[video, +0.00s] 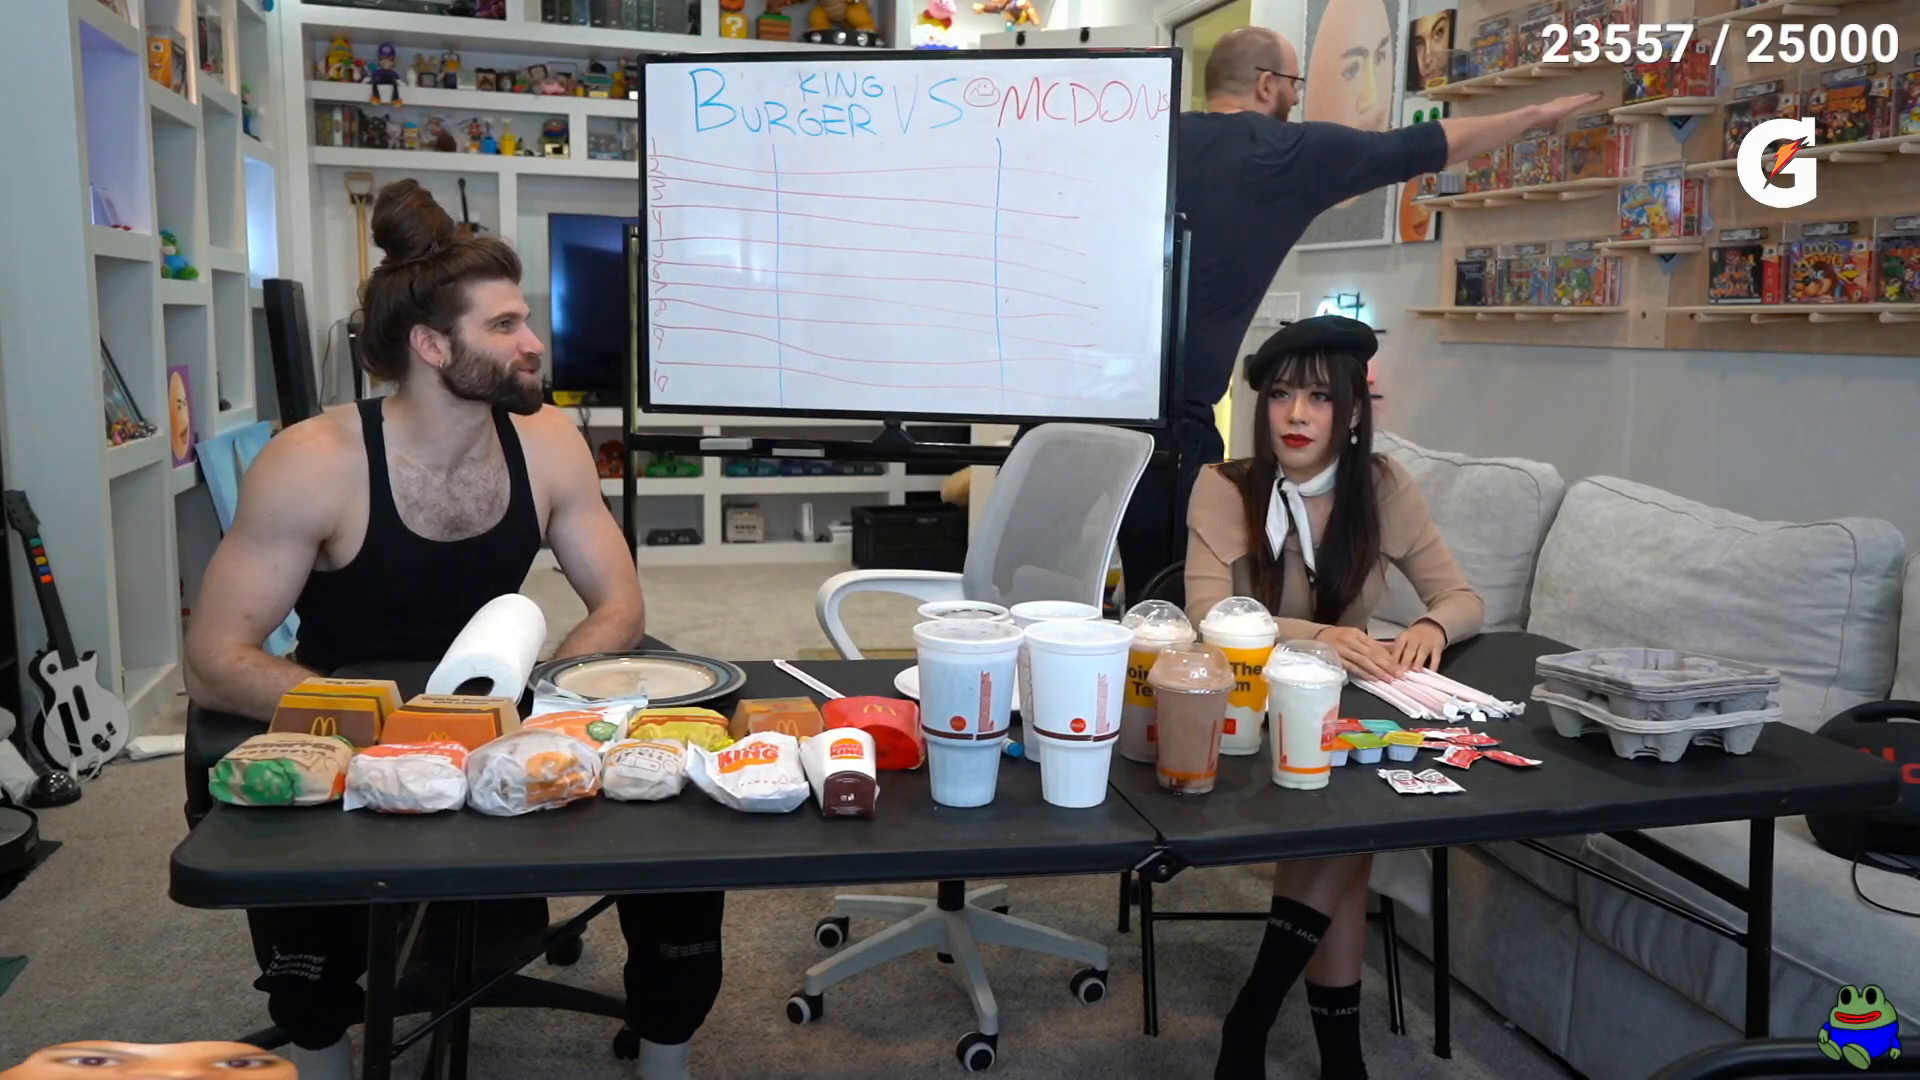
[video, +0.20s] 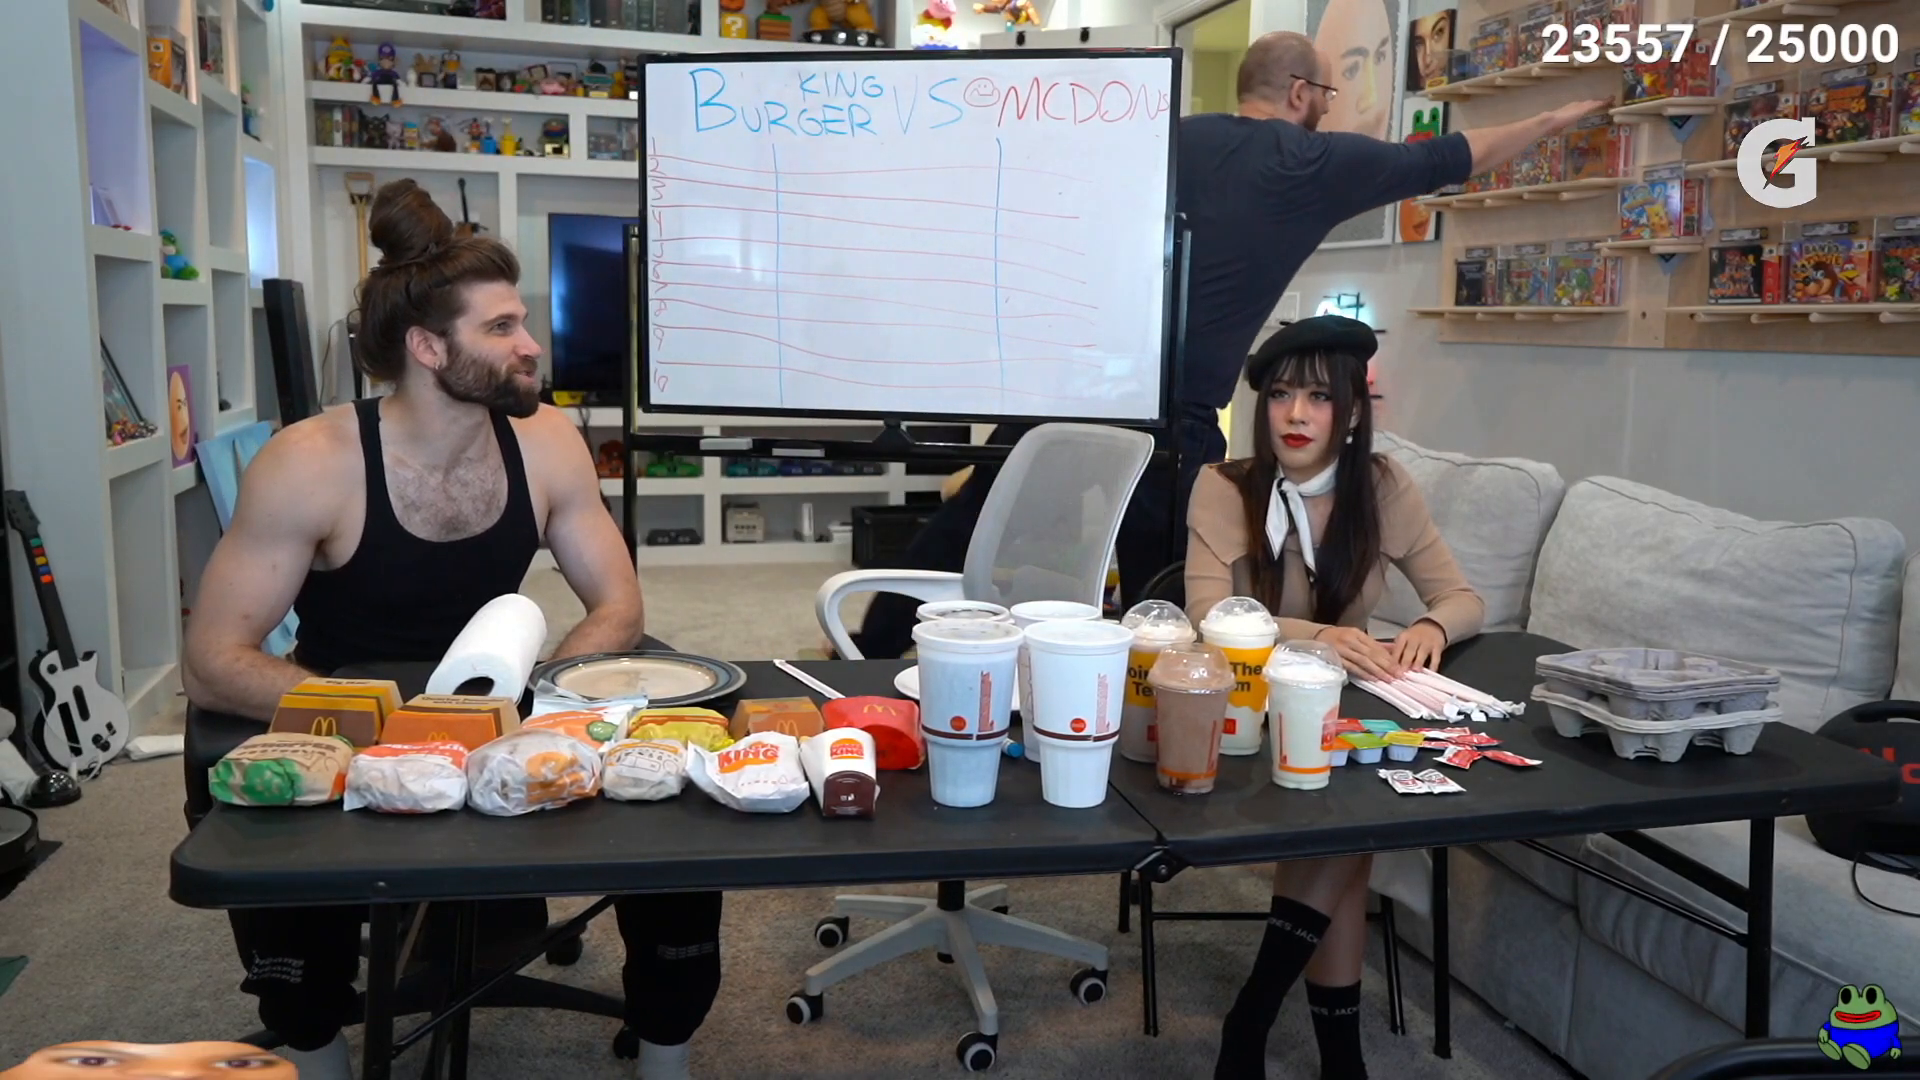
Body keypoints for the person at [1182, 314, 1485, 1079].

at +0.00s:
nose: (1296, 414)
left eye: (1319, 396)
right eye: (1282, 394)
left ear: (1354, 411)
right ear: (1262, 403)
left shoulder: (1381, 484)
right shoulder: (1225, 487)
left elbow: (1464, 598)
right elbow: (1210, 617)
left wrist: (1432, 624)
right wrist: (1314, 634)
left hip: (1343, 702)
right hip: (1245, 706)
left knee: (1345, 819)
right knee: (1351, 834)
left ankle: (1247, 1025)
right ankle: (1343, 1063)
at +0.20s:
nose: (1296, 413)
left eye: (1319, 396)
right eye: (1282, 393)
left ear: (1354, 410)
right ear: (1262, 402)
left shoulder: (1381, 484)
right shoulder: (1225, 487)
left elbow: (1463, 598)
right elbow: (1210, 617)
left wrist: (1432, 624)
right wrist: (1314, 633)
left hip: (1341, 703)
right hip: (1244, 706)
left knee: (1342, 819)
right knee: (1350, 833)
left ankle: (1248, 1025)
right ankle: (1342, 1062)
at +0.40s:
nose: (1295, 413)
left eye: (1318, 396)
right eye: (1282, 394)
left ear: (1353, 411)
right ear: (1261, 403)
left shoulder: (1379, 482)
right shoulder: (1225, 488)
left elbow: (1464, 599)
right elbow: (1211, 619)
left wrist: (1432, 624)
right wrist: (1313, 633)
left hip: (1344, 703)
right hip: (1246, 708)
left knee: (1345, 817)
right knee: (1351, 832)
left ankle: (1247, 1026)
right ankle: (1343, 1063)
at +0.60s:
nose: (1296, 413)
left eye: (1318, 396)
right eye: (1282, 393)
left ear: (1353, 410)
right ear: (1261, 403)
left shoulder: (1380, 483)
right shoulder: (1225, 487)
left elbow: (1463, 598)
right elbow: (1210, 619)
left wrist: (1432, 624)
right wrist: (1312, 633)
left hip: (1342, 702)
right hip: (1244, 707)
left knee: (1344, 819)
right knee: (1351, 834)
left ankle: (1247, 1026)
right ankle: (1342, 1063)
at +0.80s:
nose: (1297, 411)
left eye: (1320, 394)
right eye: (1283, 391)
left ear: (1353, 410)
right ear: (1262, 401)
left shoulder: (1381, 483)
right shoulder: (1224, 488)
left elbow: (1463, 597)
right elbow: (1210, 618)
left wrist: (1433, 624)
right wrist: (1312, 633)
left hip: (1339, 705)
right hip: (1242, 709)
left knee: (1344, 819)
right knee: (1350, 834)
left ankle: (1247, 1024)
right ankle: (1343, 1064)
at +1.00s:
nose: (1299, 408)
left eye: (1320, 392)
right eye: (1284, 389)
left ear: (1352, 409)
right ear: (1262, 401)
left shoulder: (1381, 484)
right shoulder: (1224, 488)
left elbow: (1463, 598)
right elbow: (1211, 621)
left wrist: (1434, 625)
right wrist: (1312, 632)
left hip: (1340, 706)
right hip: (1243, 710)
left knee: (1343, 820)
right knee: (1350, 836)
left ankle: (1247, 1026)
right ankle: (1343, 1064)